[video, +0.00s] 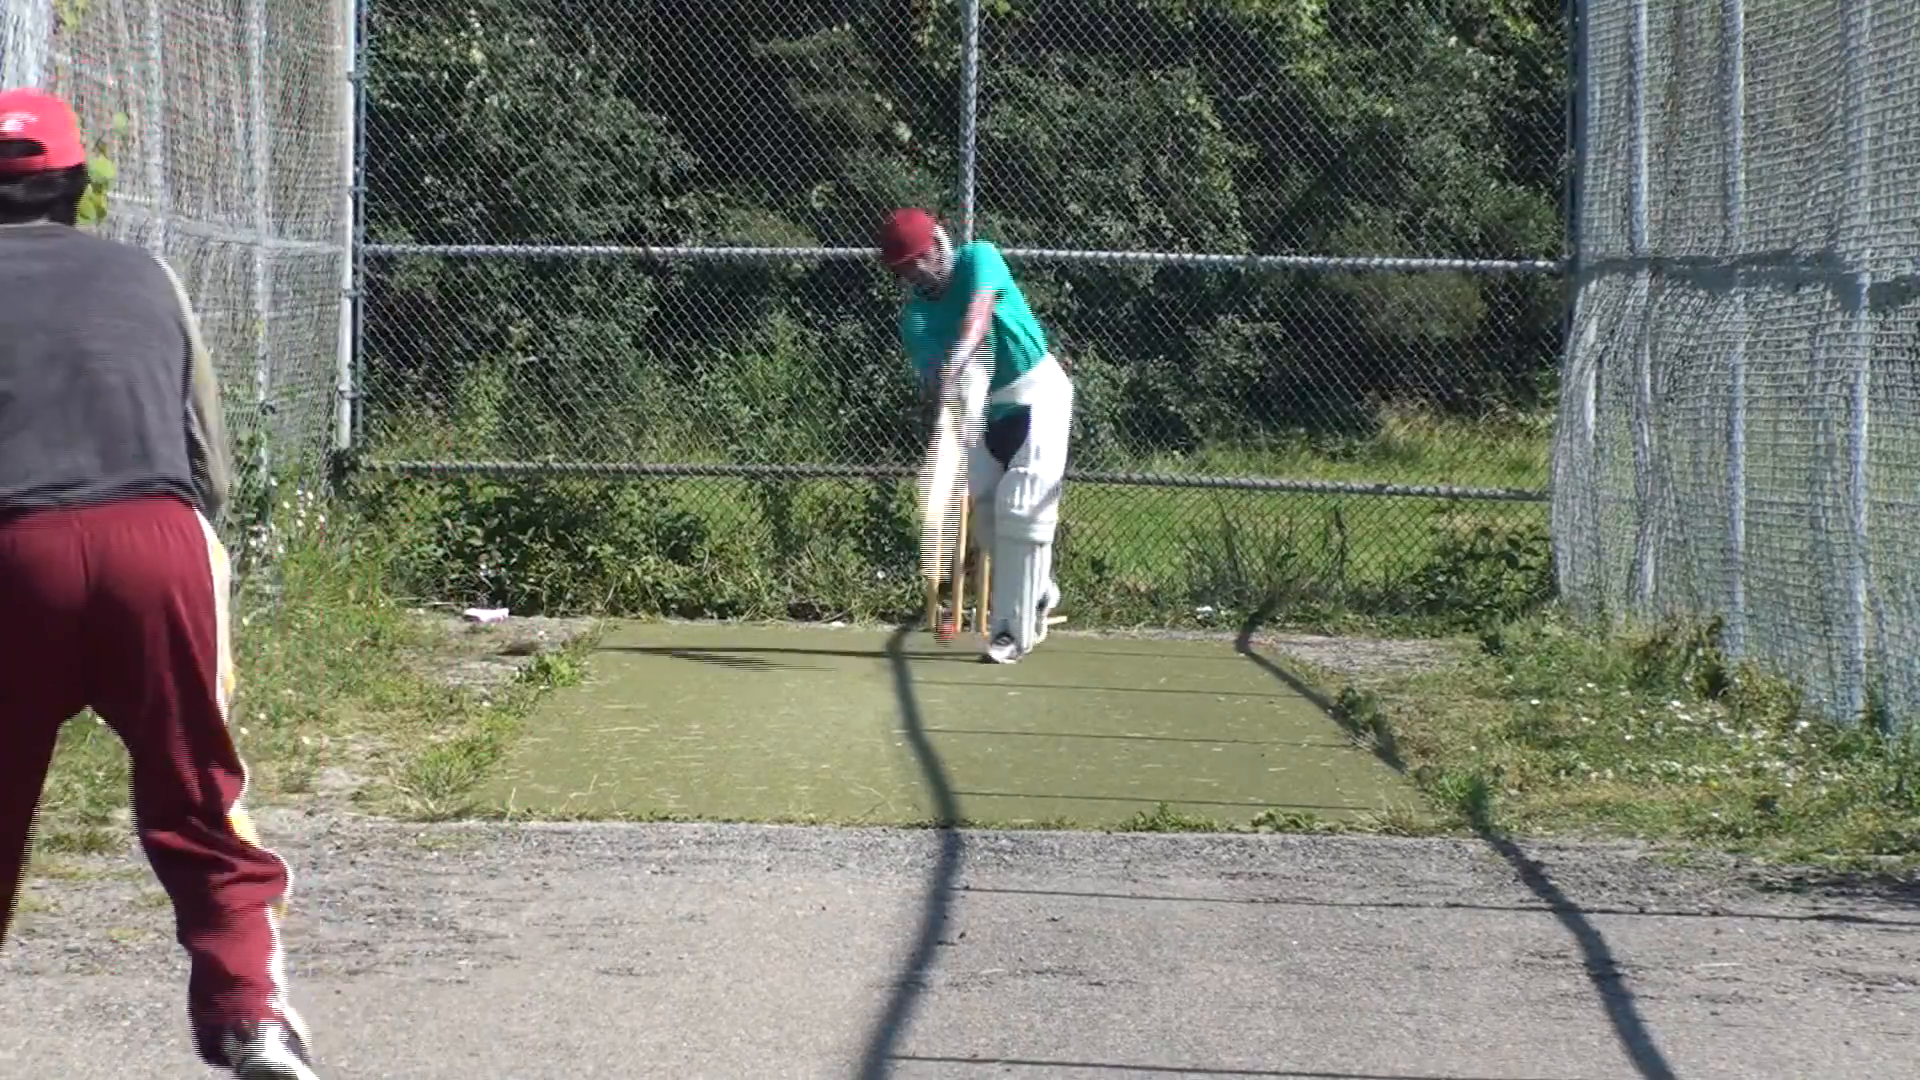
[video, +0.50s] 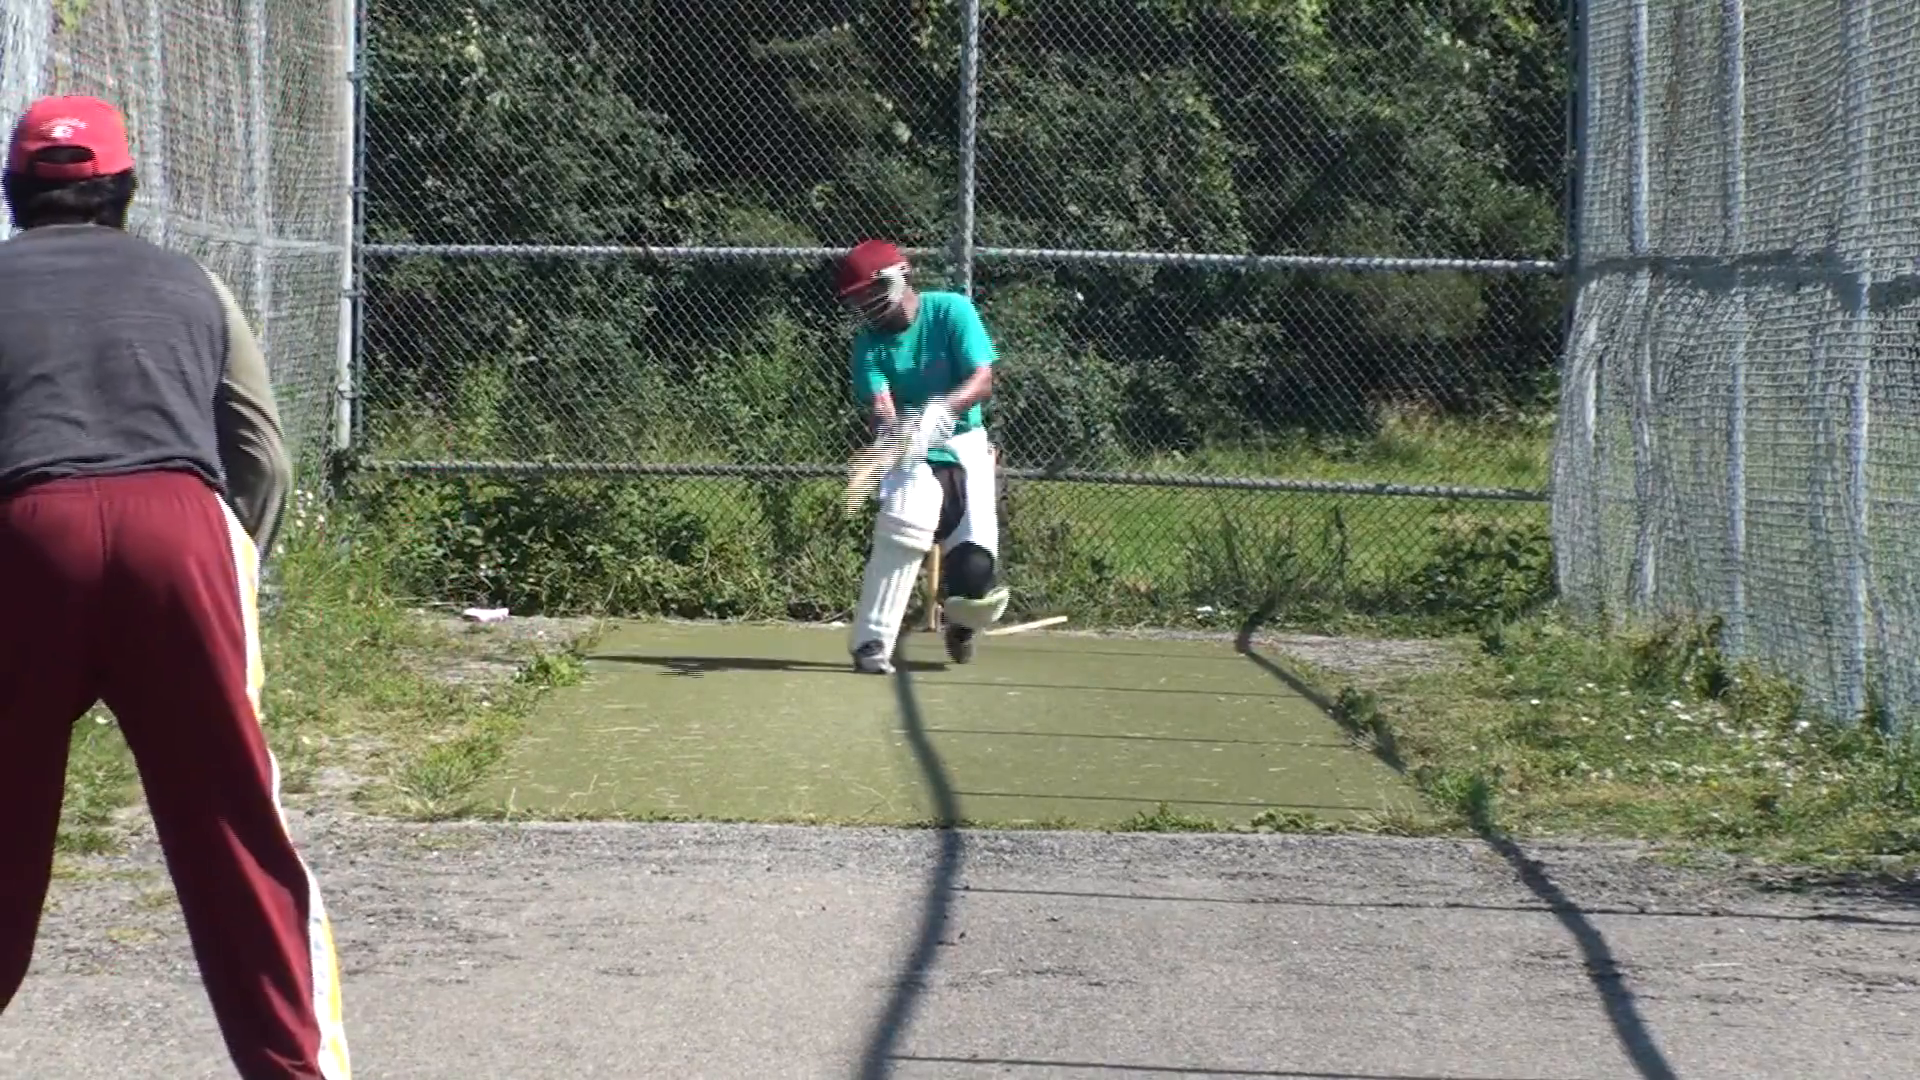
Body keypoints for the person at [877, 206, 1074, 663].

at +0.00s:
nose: (913, 274)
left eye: (918, 260)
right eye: (903, 269)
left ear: (939, 243)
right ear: (898, 272)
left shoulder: (979, 257)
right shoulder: (916, 319)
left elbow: (980, 310)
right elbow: (935, 380)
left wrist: (961, 355)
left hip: (1036, 392)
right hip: (983, 410)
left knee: (1021, 509)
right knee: (982, 508)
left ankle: (1011, 632)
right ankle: (1037, 593)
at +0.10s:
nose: (912, 261)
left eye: (913, 247)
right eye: (899, 259)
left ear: (926, 236)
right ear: (892, 269)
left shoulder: (971, 247)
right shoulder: (909, 307)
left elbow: (1004, 276)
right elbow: (938, 322)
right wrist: (954, 292)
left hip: (1023, 391)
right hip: (970, 407)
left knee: (1020, 516)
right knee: (970, 516)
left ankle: (1012, 632)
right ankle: (1025, 593)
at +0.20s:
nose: (900, 263)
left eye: (905, 248)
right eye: (888, 260)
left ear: (925, 234)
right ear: (879, 266)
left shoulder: (972, 250)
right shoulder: (892, 296)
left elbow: (1007, 280)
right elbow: (917, 308)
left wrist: (976, 267)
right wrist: (950, 251)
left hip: (1007, 393)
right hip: (946, 403)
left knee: (1016, 508)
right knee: (944, 506)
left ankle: (1002, 628)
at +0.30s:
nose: (889, 273)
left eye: (895, 260)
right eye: (878, 268)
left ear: (919, 244)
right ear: (871, 268)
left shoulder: (975, 267)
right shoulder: (886, 300)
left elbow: (1004, 315)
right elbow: (901, 338)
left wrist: (967, 312)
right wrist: (938, 297)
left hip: (987, 410)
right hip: (924, 415)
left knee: (999, 525)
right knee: (907, 513)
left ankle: (979, 625)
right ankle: (881, 628)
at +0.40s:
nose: (877, 295)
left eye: (883, 284)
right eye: (870, 289)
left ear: (909, 268)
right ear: (868, 287)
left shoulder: (961, 295)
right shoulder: (877, 323)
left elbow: (992, 356)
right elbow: (886, 384)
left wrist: (961, 371)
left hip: (967, 436)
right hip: (909, 439)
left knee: (976, 559)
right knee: (904, 531)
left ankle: (970, 626)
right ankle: (876, 640)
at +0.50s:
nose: (871, 309)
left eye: (876, 296)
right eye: (861, 304)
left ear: (901, 279)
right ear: (854, 303)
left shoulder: (953, 310)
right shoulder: (868, 342)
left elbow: (982, 379)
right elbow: (880, 406)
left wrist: (941, 410)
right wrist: (893, 432)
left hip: (966, 446)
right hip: (910, 451)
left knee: (974, 570)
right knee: (901, 535)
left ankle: (960, 625)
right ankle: (874, 641)